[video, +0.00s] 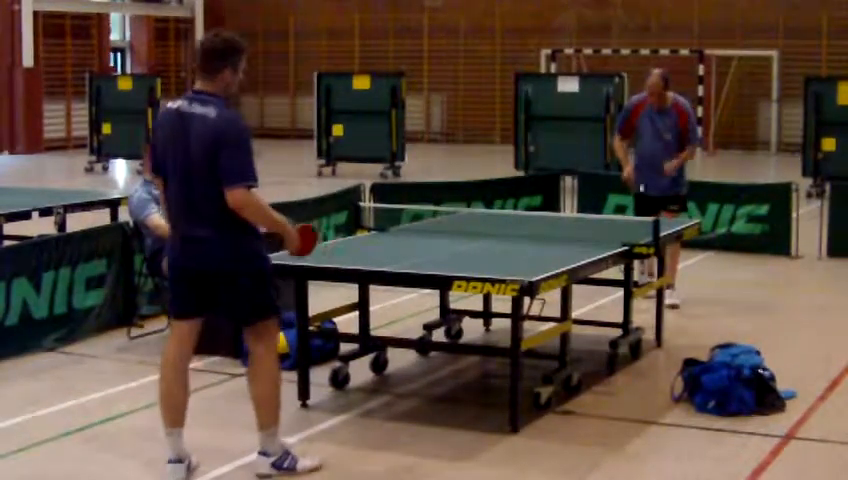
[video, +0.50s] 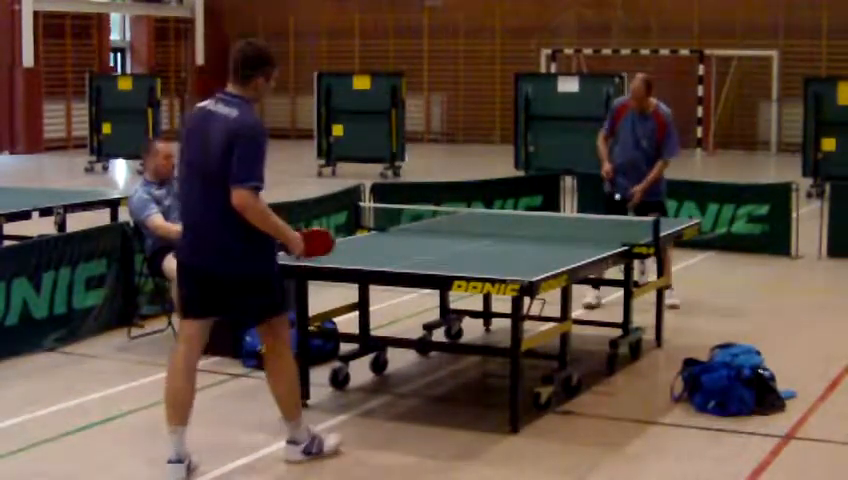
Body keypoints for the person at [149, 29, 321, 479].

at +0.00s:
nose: (242, 78)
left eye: (241, 70)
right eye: (241, 71)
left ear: (199, 68)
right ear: (229, 71)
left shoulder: (168, 115)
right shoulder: (227, 122)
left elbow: (156, 174)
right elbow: (239, 196)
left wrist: (184, 222)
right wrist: (283, 226)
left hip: (186, 251)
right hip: (235, 252)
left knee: (179, 342)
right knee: (263, 338)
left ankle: (176, 455)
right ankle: (271, 448)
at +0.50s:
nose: (271, 85)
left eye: (270, 78)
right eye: (271, 79)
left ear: (231, 72)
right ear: (263, 79)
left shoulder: (197, 115)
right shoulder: (248, 124)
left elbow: (188, 185)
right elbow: (244, 197)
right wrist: (287, 235)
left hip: (196, 253)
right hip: (245, 255)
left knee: (188, 345)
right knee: (276, 337)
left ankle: (176, 454)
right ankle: (300, 438)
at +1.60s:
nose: (264, 82)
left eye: (262, 75)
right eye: (261, 76)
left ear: (222, 79)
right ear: (250, 80)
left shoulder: (200, 120)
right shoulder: (255, 125)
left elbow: (185, 183)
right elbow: (261, 192)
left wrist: (243, 216)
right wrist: (298, 202)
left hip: (195, 242)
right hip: (237, 245)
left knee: (208, 327)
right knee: (276, 328)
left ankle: (182, 426)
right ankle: (299, 435)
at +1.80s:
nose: (264, 84)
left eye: (262, 76)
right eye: (261, 77)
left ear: (223, 80)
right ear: (250, 80)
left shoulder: (200, 121)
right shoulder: (253, 126)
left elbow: (191, 188)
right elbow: (255, 193)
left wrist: (245, 218)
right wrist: (297, 203)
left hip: (194, 244)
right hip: (236, 247)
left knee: (208, 327)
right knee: (276, 328)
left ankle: (182, 426)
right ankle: (299, 435)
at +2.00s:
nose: (282, 81)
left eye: (280, 74)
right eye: (280, 75)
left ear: (241, 79)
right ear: (272, 79)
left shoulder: (214, 120)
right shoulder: (271, 126)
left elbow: (201, 187)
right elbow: (275, 195)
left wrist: (259, 217)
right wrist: (310, 204)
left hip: (205, 242)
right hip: (248, 244)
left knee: (210, 327)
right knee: (291, 324)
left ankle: (182, 426)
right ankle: (300, 437)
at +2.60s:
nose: (324, 109)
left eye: (324, 102)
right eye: (325, 103)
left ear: (288, 98)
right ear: (315, 101)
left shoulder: (251, 135)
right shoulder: (306, 141)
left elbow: (236, 197)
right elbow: (321, 212)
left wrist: (282, 219)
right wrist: (363, 225)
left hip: (239, 251)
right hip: (285, 254)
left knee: (242, 339)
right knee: (343, 334)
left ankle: (211, 435)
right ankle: (350, 441)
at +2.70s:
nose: (351, 112)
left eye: (351, 104)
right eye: (350, 104)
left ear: (314, 99)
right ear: (339, 104)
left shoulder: (281, 132)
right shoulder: (314, 144)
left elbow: (290, 197)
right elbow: (310, 214)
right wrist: (357, 252)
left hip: (248, 257)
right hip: (289, 262)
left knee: (252, 342)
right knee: (360, 329)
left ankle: (212, 433)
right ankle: (378, 440)